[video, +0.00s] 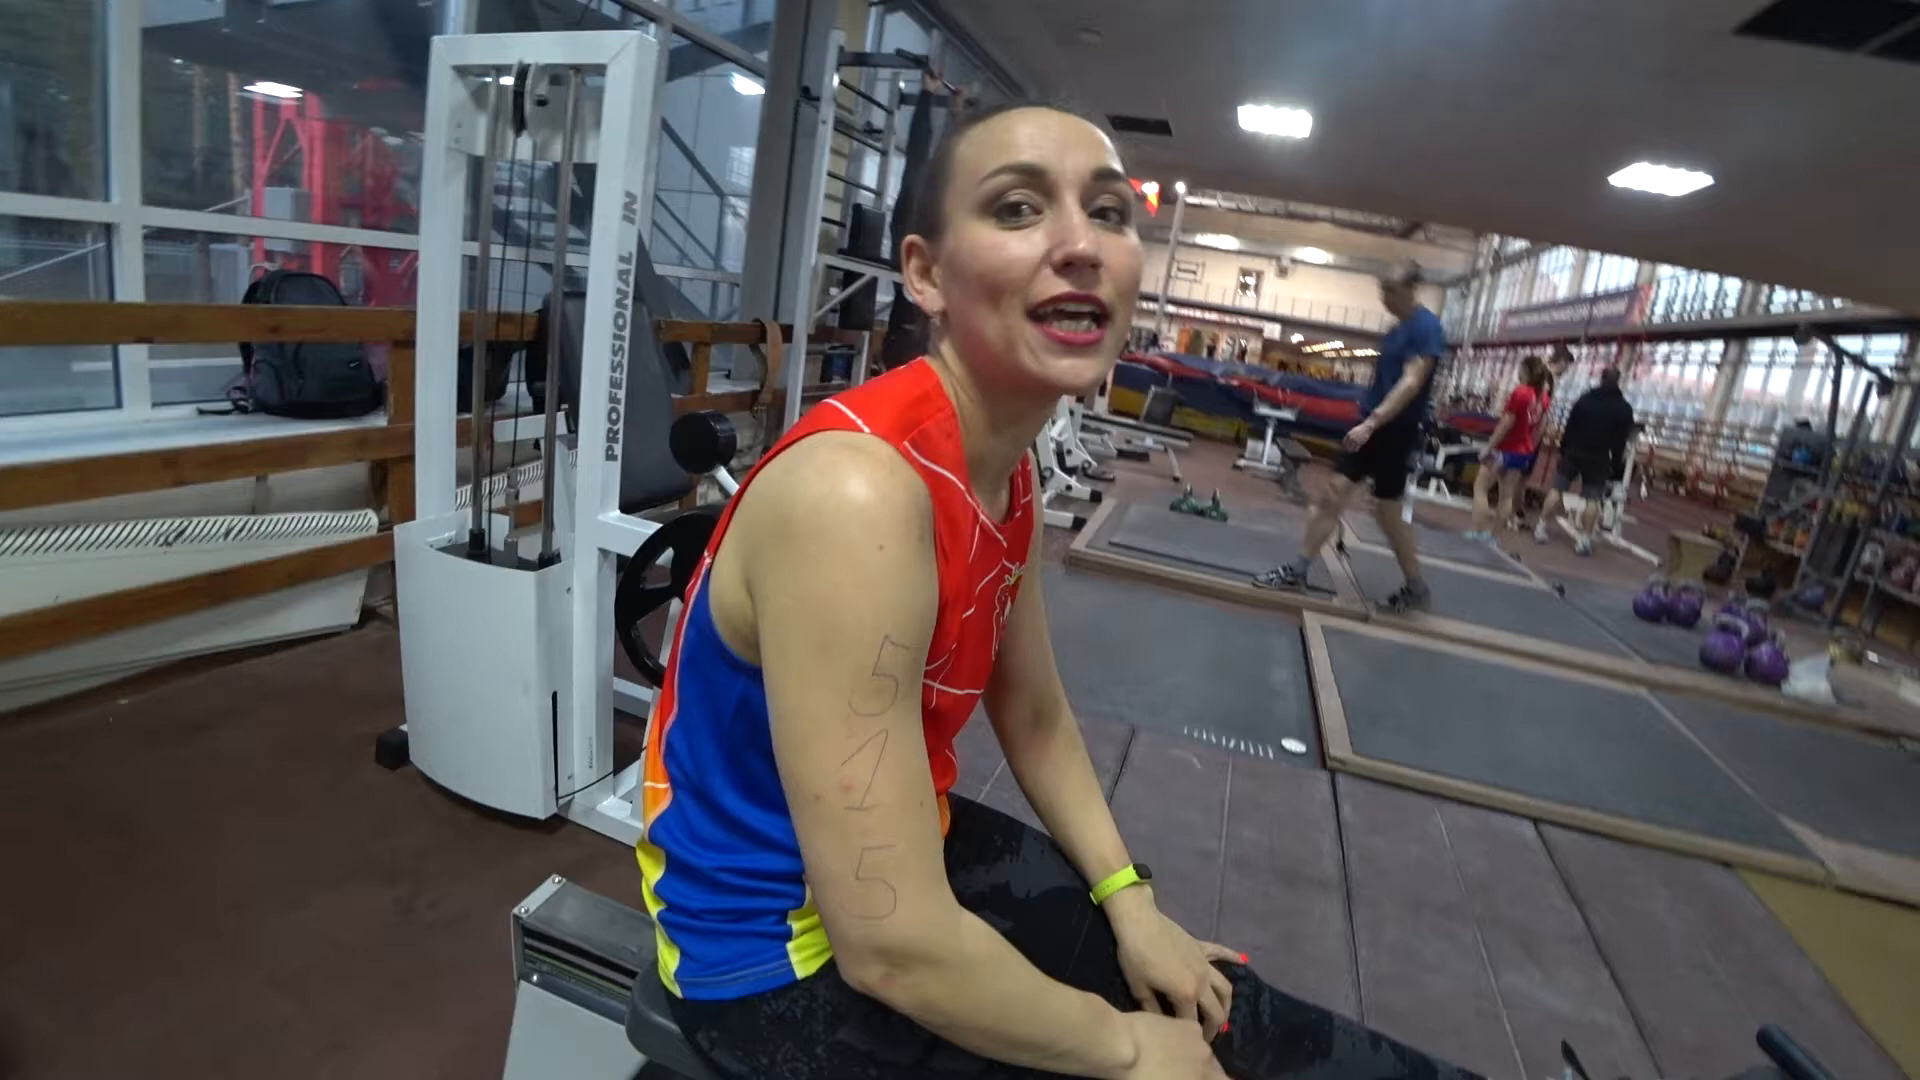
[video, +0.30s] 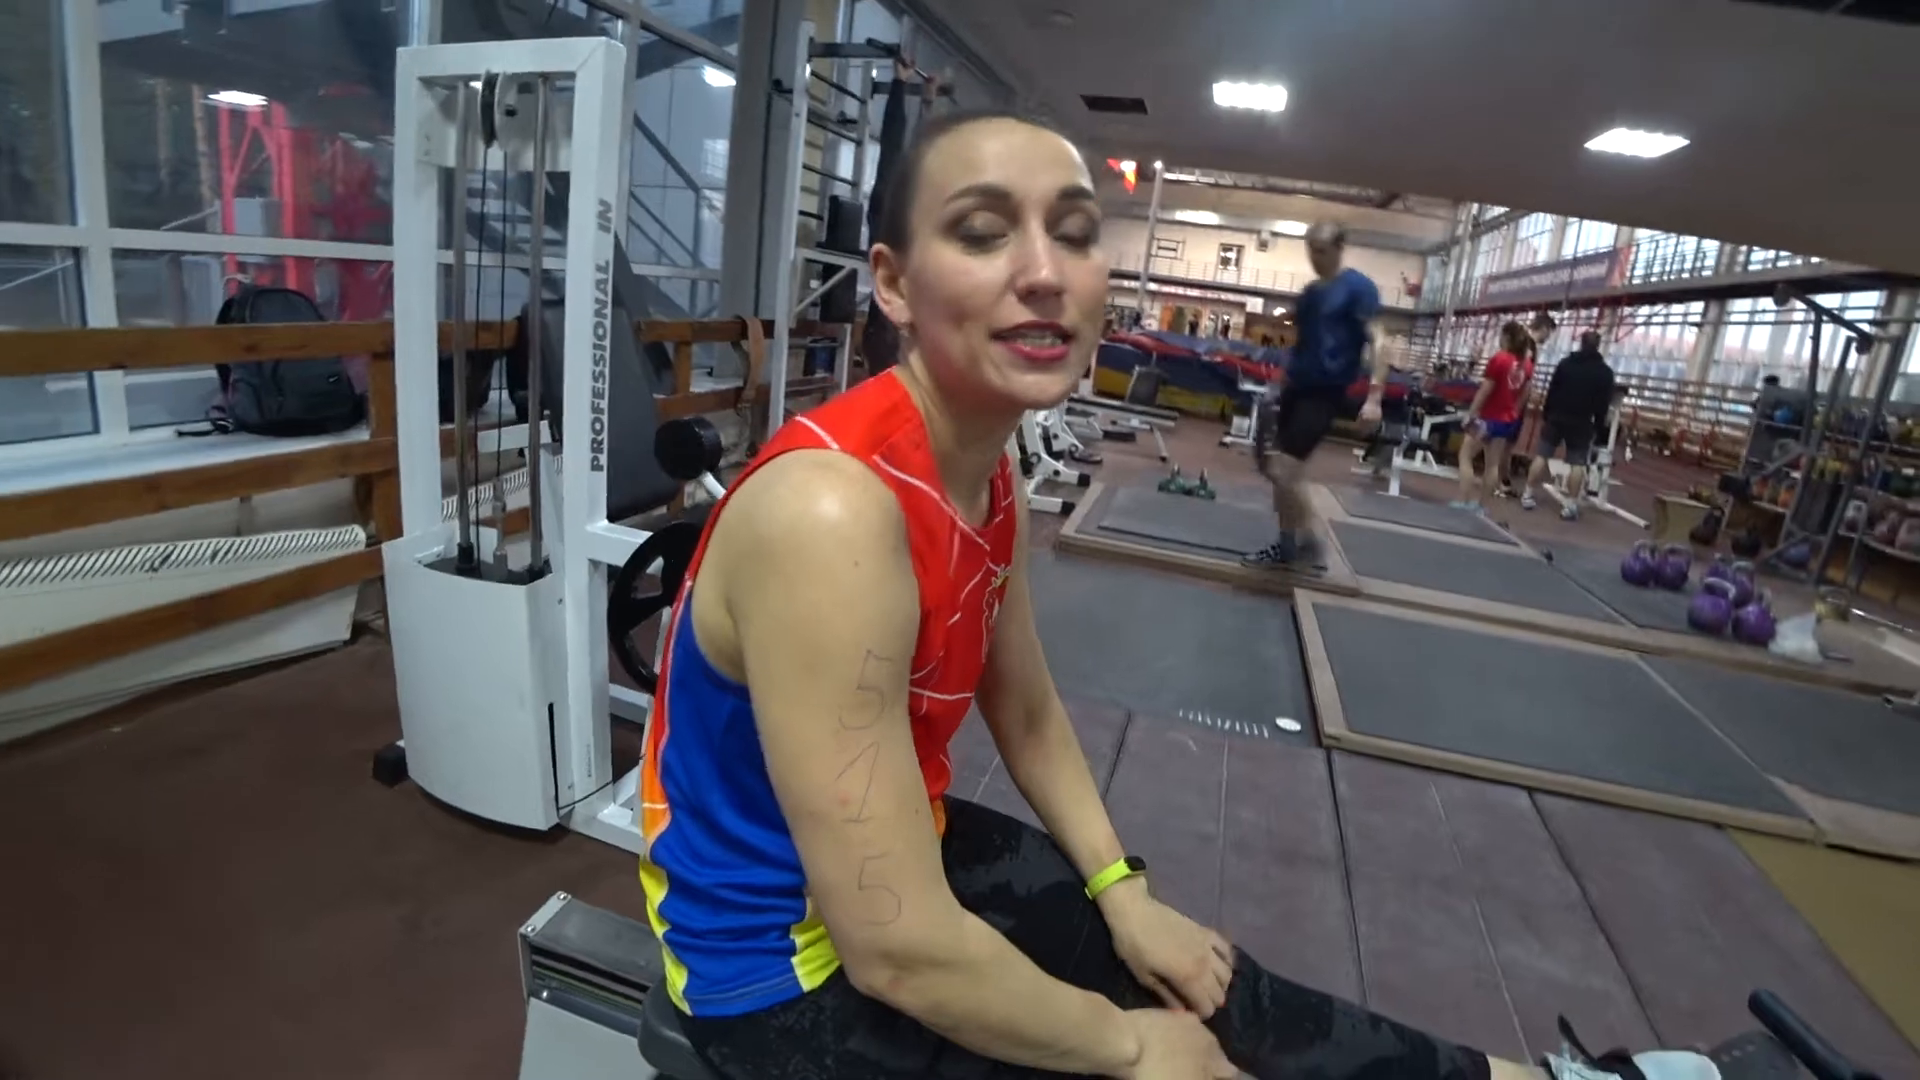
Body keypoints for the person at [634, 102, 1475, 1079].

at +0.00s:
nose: (1082, 245)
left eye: (1106, 211)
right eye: (1018, 207)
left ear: (1136, 257)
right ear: (926, 272)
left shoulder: (999, 465)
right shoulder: (854, 498)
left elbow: (1034, 714)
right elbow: (894, 940)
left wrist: (1131, 906)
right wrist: (1133, 1048)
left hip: (912, 848)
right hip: (784, 974)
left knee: (1207, 991)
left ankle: (1448, 1079)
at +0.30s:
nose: (1044, 271)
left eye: (1073, 229)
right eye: (982, 229)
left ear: (1104, 276)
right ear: (892, 286)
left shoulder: (973, 462)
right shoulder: (830, 515)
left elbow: (1025, 713)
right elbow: (896, 946)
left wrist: (1118, 893)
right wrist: (1138, 1042)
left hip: (919, 863)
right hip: (795, 992)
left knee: (1200, 977)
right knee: (1158, 1059)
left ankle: (1491, 1073)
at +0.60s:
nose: (982, 278)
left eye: (1014, 231)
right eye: (920, 235)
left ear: (1051, 276)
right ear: (838, 297)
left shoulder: (941, 477)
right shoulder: (772, 535)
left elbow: (1014, 708)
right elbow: (890, 932)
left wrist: (1118, 892)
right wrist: (1135, 1040)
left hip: (908, 866)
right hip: (791, 995)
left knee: (1188, 973)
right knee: (1166, 1067)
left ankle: (1501, 1071)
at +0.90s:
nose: (997, 237)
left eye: (1014, 196)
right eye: (923, 202)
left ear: (1048, 242)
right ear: (828, 280)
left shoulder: (944, 465)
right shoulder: (759, 530)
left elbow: (993, 709)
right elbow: (845, 962)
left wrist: (1120, 857)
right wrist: (1130, 1028)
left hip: (926, 875)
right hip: (795, 1006)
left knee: (1202, 939)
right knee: (1190, 1056)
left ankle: (1526, 1071)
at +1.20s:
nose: (1114, 177)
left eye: (1140, 121)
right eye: (1032, 124)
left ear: (1174, 166)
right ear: (915, 210)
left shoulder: (1013, 425)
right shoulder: (834, 490)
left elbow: (1032, 681)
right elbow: (874, 1040)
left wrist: (1216, 795)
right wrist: (1231, 1021)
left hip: (978, 864)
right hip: (864, 1013)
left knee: (1342, 867)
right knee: (1399, 1051)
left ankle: (1561, 1071)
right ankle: (1560, 1071)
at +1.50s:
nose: (1044, 349)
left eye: (1114, 262)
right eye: (976, 260)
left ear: (1193, 257)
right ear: (901, 245)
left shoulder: (1023, 455)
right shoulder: (813, 547)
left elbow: (1031, 705)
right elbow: (941, 1059)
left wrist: (1234, 791)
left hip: (995, 926)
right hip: (827, 1042)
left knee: (1362, 827)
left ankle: (1519, 1074)